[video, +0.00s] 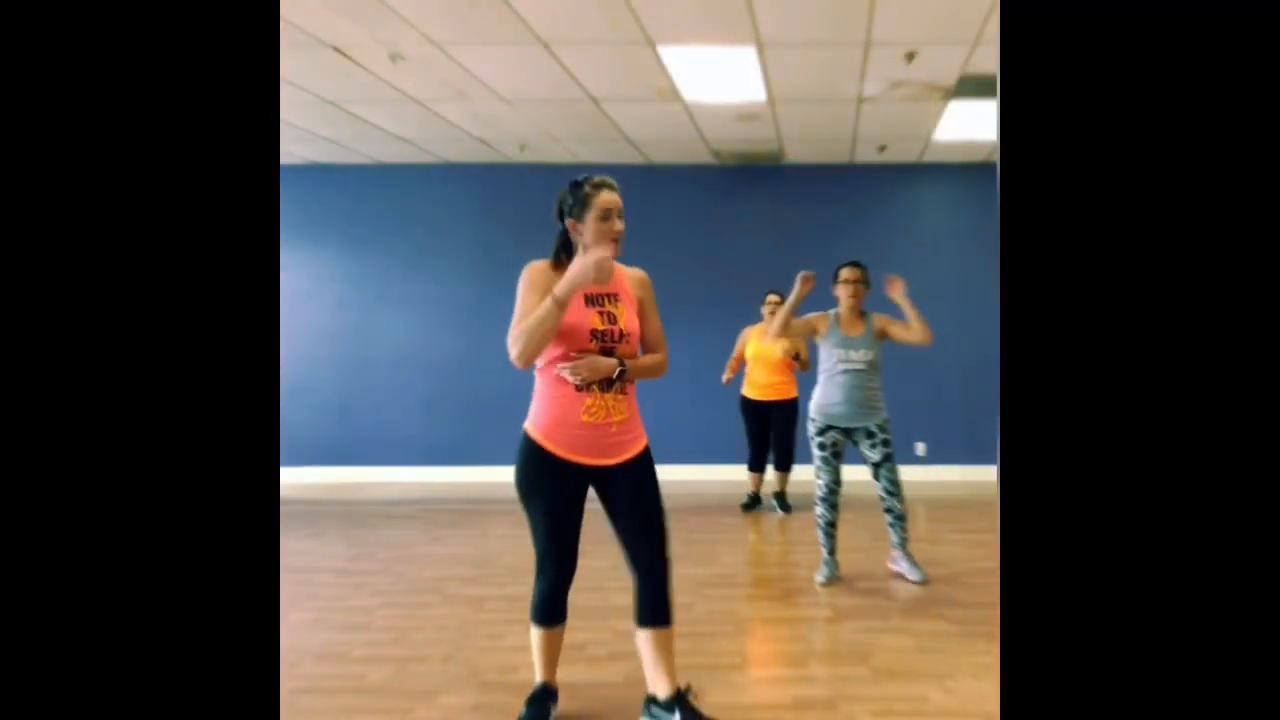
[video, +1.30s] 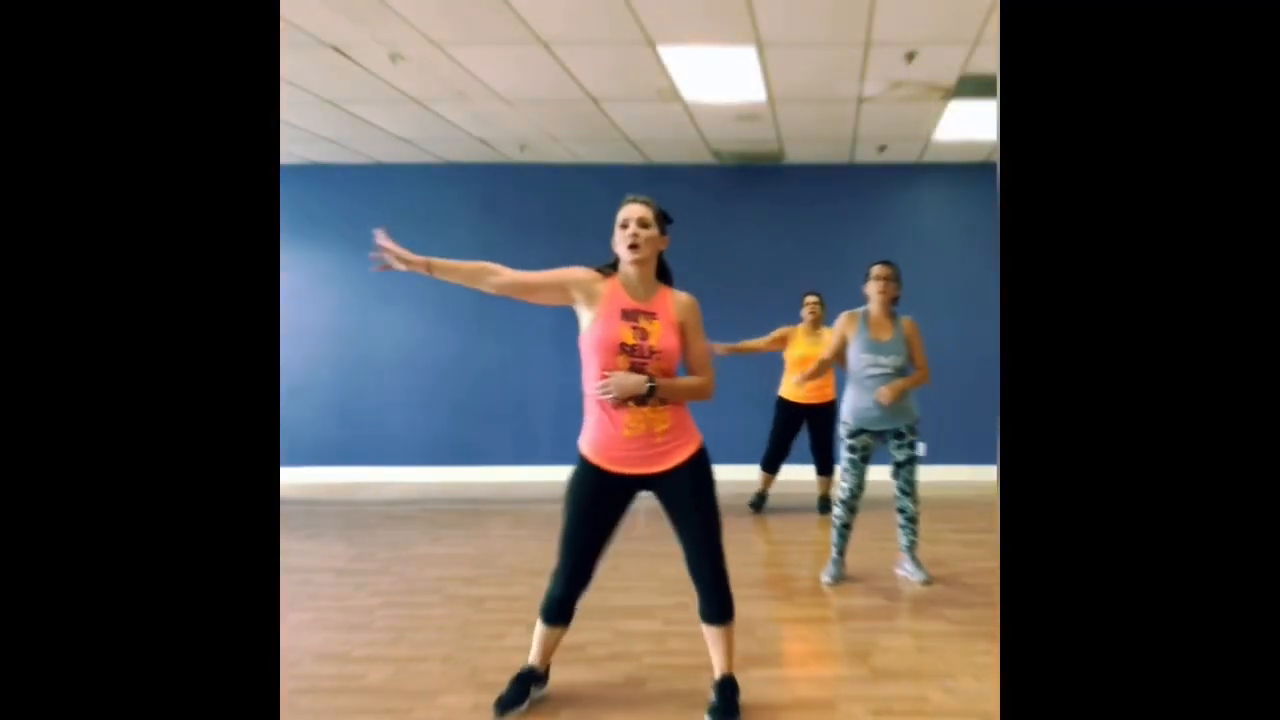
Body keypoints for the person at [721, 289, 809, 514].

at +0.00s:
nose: (772, 308)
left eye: (777, 304)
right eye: (768, 304)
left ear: (785, 309)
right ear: (761, 308)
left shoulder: (793, 333)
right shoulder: (749, 332)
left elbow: (805, 366)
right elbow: (737, 357)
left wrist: (797, 356)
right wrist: (730, 371)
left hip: (784, 395)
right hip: (754, 395)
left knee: (783, 447)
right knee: (757, 446)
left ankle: (780, 491)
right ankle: (753, 492)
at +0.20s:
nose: (777, 309)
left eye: (782, 305)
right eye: (774, 305)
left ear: (789, 310)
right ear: (767, 310)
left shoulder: (799, 335)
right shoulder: (754, 335)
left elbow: (812, 364)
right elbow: (738, 358)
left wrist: (800, 365)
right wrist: (729, 376)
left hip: (790, 398)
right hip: (760, 398)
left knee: (801, 449)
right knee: (761, 449)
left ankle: (812, 492)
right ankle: (754, 493)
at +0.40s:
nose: (791, 310)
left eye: (796, 306)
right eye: (788, 306)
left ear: (802, 310)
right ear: (781, 311)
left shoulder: (815, 335)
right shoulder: (770, 337)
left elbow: (826, 362)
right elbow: (760, 366)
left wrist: (826, 376)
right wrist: (753, 389)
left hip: (806, 400)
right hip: (775, 399)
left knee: (811, 452)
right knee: (768, 450)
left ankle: (822, 495)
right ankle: (755, 494)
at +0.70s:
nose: (808, 308)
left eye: (812, 305)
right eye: (804, 305)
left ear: (819, 310)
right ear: (798, 310)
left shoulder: (832, 334)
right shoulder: (788, 337)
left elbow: (847, 361)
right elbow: (780, 368)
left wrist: (857, 387)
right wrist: (781, 396)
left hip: (826, 400)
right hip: (796, 400)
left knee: (823, 452)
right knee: (780, 447)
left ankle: (824, 495)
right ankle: (769, 491)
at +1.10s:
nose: (816, 307)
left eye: (820, 304)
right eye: (812, 304)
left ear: (827, 309)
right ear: (806, 309)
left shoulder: (837, 334)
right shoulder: (794, 333)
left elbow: (847, 365)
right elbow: (776, 358)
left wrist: (867, 374)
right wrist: (756, 378)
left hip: (827, 400)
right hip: (797, 399)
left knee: (825, 452)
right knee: (790, 450)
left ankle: (824, 495)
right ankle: (784, 493)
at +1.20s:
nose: (815, 307)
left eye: (819, 303)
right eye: (811, 304)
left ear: (826, 309)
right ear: (804, 310)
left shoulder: (836, 335)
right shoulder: (793, 334)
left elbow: (850, 365)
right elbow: (769, 353)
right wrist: (741, 364)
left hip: (826, 400)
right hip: (794, 398)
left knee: (824, 453)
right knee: (784, 448)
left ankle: (824, 496)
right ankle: (775, 493)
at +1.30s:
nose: (812, 309)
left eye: (816, 305)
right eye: (808, 305)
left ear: (823, 311)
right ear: (801, 311)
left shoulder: (832, 336)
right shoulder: (789, 334)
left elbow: (849, 364)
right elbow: (759, 344)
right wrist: (728, 349)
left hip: (822, 401)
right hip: (790, 399)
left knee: (823, 453)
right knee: (776, 448)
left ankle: (824, 497)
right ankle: (761, 493)